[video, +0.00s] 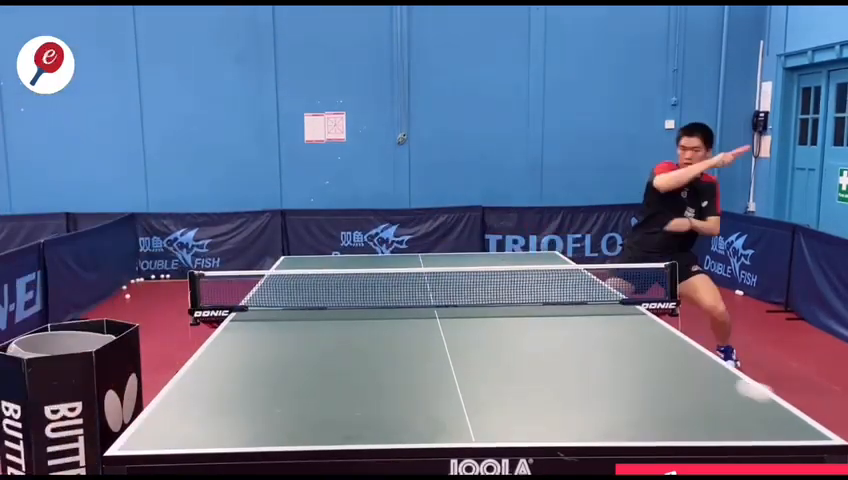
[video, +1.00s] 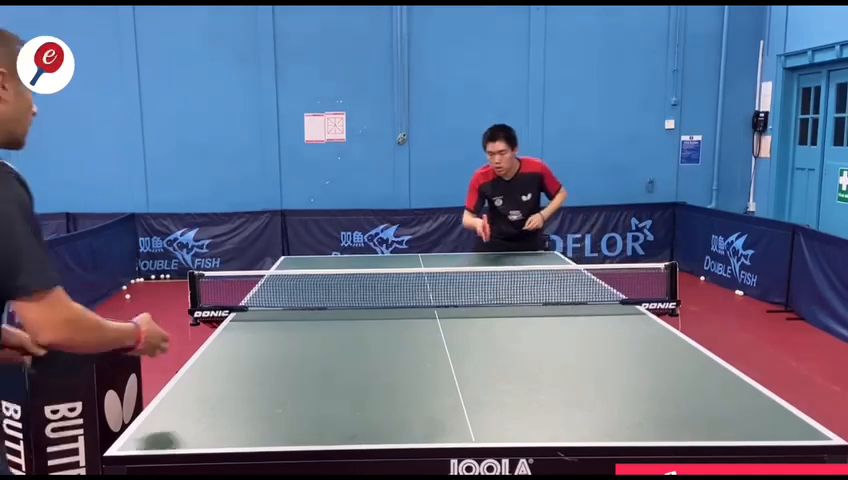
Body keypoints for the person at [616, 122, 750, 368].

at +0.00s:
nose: (687, 156)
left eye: (695, 150)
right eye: (683, 149)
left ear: (708, 152)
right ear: (677, 149)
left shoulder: (708, 183)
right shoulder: (664, 168)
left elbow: (714, 227)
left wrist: (691, 223)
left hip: (677, 258)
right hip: (638, 254)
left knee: (717, 309)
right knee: (604, 305)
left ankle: (725, 351)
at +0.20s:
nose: (689, 152)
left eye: (695, 146)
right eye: (683, 146)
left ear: (703, 150)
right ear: (673, 147)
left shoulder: (703, 175)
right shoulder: (657, 178)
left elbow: (713, 208)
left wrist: (706, 230)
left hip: (680, 255)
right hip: (643, 255)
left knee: (721, 300)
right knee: (617, 307)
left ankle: (727, 352)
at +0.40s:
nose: (631, 132)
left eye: (637, 126)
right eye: (625, 127)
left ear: (648, 128)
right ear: (618, 129)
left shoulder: (660, 156)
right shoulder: (603, 162)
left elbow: (676, 185)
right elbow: (578, 203)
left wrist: (672, 210)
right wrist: (603, 212)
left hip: (646, 241)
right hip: (607, 242)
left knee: (682, 292)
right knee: (581, 292)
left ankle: (712, 345)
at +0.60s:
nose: (583, 119)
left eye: (589, 112)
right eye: (578, 113)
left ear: (602, 112)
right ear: (572, 115)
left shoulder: (621, 139)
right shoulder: (562, 146)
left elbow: (640, 166)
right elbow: (540, 189)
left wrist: (634, 188)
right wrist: (562, 197)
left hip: (602, 219)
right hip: (566, 218)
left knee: (606, 280)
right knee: (546, 276)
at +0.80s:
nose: (542, 150)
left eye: (549, 142)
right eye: (537, 143)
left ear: (562, 142)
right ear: (532, 144)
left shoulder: (581, 167)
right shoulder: (524, 171)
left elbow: (607, 197)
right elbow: (506, 212)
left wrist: (589, 216)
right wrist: (517, 215)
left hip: (565, 242)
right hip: (528, 241)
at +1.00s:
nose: (497, 161)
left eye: (502, 153)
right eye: (491, 154)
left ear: (515, 151)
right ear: (486, 155)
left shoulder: (537, 169)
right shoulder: (481, 178)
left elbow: (561, 194)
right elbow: (467, 219)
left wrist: (542, 216)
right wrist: (477, 223)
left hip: (531, 245)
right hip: (495, 247)